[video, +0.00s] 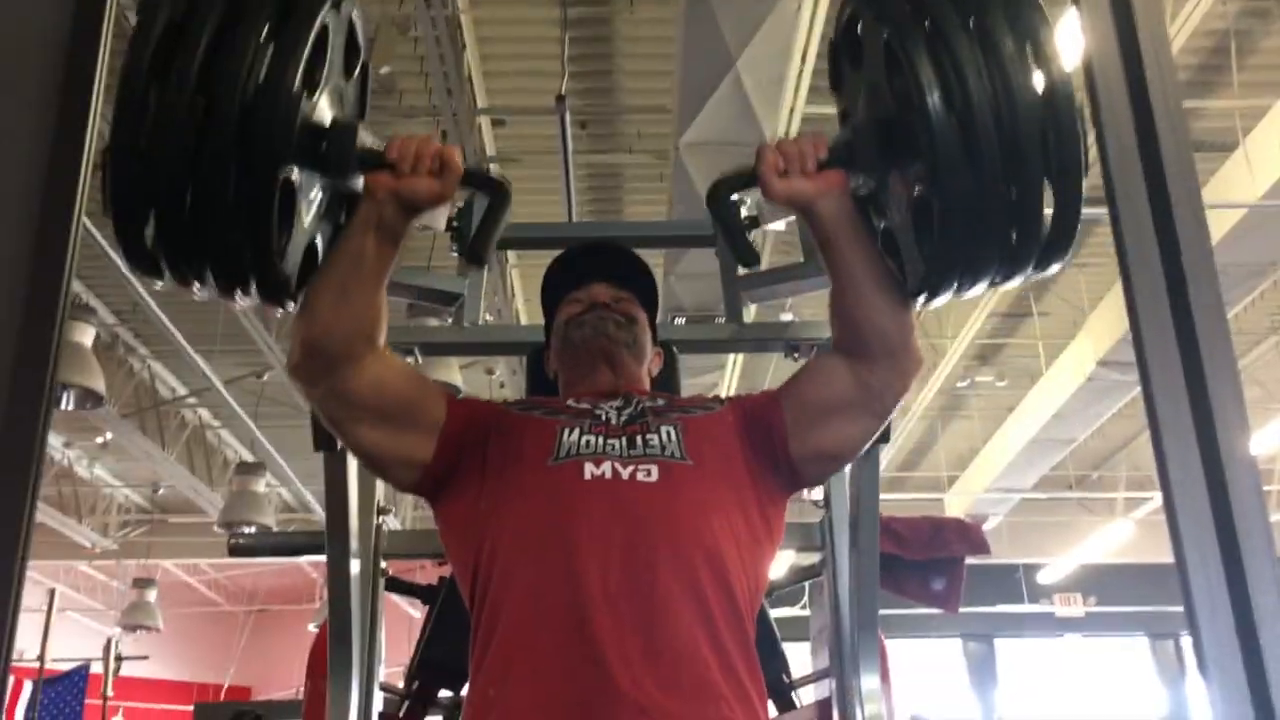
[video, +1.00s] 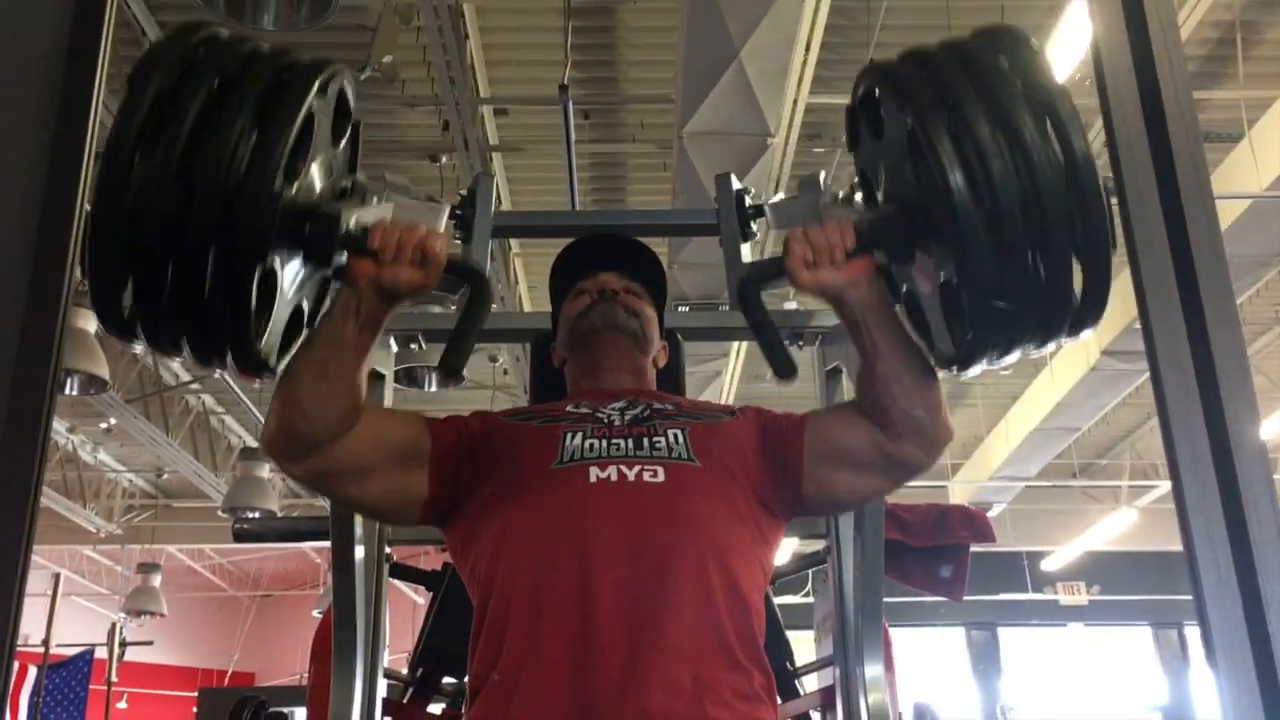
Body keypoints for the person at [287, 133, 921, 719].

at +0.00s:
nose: (598, 315)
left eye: (623, 309)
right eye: (575, 311)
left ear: (658, 356)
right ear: (547, 357)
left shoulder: (745, 433)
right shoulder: (481, 439)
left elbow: (883, 361)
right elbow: (328, 361)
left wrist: (829, 207)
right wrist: (385, 212)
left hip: (716, 706)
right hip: (521, 707)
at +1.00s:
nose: (608, 295)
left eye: (632, 296)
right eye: (582, 296)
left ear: (665, 351)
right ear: (551, 351)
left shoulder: (742, 442)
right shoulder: (487, 448)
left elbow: (914, 434)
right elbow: (305, 439)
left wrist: (859, 297)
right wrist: (365, 299)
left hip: (723, 701)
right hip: (525, 703)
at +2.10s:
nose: (606, 305)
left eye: (631, 303)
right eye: (582, 303)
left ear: (663, 353)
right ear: (552, 354)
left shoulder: (751, 436)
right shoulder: (483, 440)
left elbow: (882, 352)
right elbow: (340, 345)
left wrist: (834, 195)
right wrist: (390, 199)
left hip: (722, 703)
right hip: (520, 703)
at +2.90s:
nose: (608, 298)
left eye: (632, 299)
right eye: (582, 300)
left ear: (663, 356)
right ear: (552, 356)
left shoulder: (746, 449)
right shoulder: (487, 456)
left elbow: (912, 428)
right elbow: (309, 428)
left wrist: (857, 283)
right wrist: (371, 280)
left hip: (724, 703)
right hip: (527, 705)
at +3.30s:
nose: (610, 298)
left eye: (635, 299)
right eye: (585, 300)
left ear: (666, 357)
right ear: (554, 357)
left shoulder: (744, 454)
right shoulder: (489, 461)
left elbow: (924, 516)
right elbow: (296, 530)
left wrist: (877, 390)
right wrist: (346, 384)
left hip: (729, 706)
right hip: (528, 706)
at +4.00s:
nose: (609, 306)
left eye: (634, 308)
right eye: (584, 307)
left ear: (665, 361)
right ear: (553, 359)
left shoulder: (744, 453)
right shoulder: (488, 458)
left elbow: (924, 444)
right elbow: (302, 438)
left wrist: (860, 311)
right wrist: (363, 301)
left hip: (724, 703)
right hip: (525, 705)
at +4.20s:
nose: (607, 316)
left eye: (632, 313)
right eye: (584, 313)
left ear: (665, 360)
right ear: (553, 361)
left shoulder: (752, 448)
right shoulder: (480, 450)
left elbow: (895, 380)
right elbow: (333, 363)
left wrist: (844, 229)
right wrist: (388, 215)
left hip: (725, 704)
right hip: (522, 705)